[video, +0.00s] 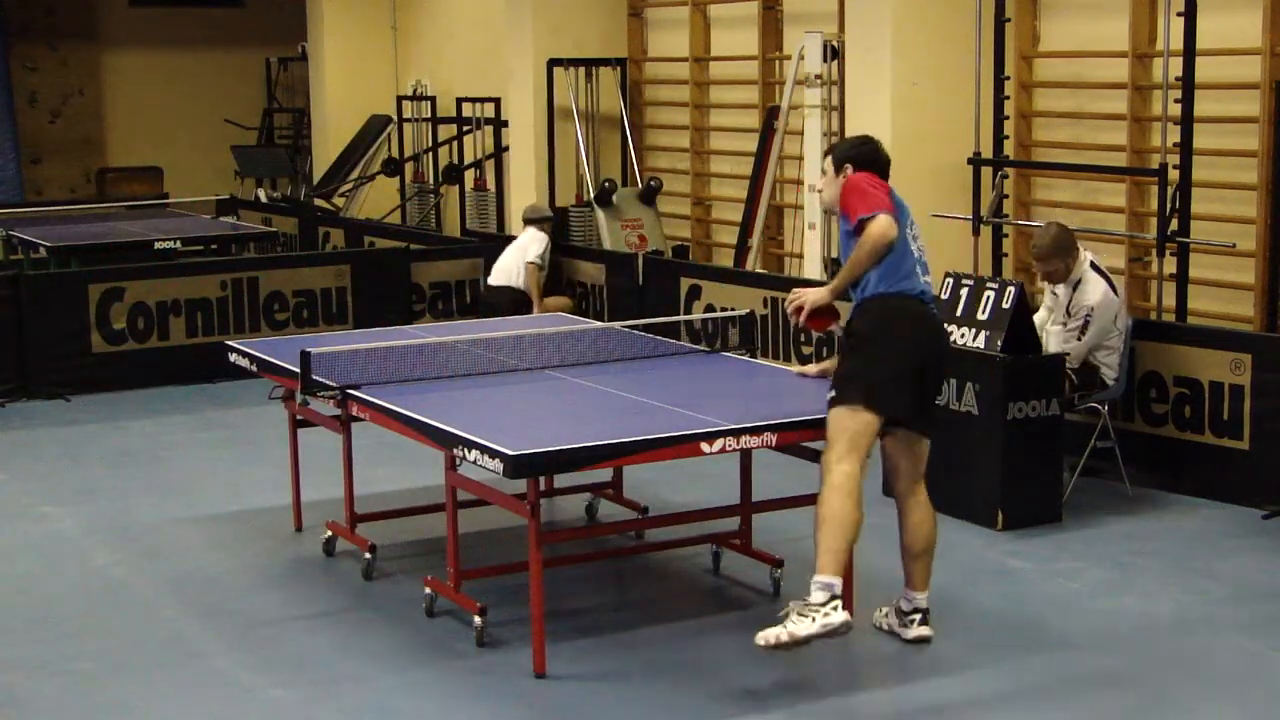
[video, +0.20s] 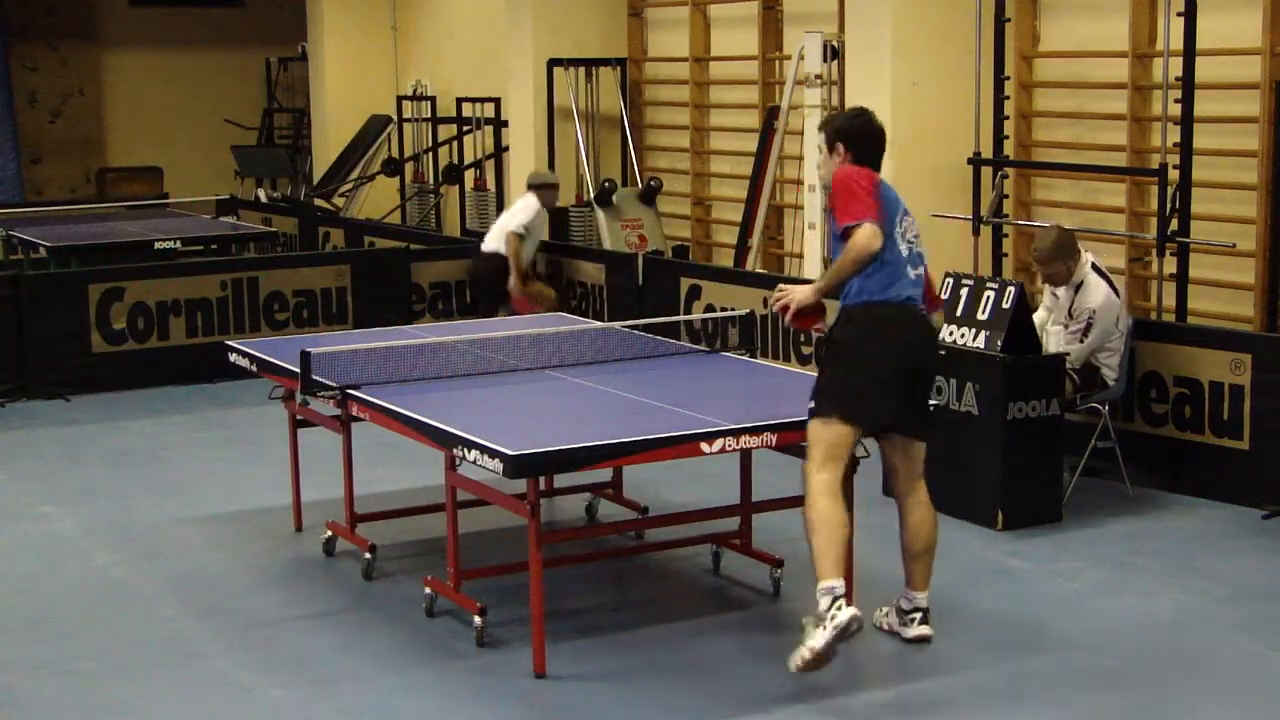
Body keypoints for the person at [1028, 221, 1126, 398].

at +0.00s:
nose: (1042, 278)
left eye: (1050, 272)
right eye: (1039, 271)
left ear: (1070, 262)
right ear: (1036, 259)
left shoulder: (1093, 299)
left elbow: (1068, 359)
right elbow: (1045, 314)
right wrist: (1015, 340)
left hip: (1096, 374)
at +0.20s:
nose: (1043, 280)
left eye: (1051, 274)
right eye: (1040, 273)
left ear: (1071, 265)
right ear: (1037, 262)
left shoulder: (1096, 300)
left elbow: (1071, 360)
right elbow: (1045, 312)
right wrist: (1018, 340)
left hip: (1097, 372)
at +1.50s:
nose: (1041, 273)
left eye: (1047, 267)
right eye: (1038, 266)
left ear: (1069, 257)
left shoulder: (1097, 293)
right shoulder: (1059, 270)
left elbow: (1075, 350)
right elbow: (1045, 316)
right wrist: (1014, 336)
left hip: (1105, 368)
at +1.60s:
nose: (1035, 264)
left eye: (1039, 259)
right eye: (1035, 259)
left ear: (1063, 253)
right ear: (1062, 253)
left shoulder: (1098, 292)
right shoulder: (1060, 271)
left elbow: (1076, 351)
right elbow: (1041, 321)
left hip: (1103, 369)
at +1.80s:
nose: (1032, 248)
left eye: (1037, 242)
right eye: (1033, 241)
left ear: (1059, 248)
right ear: (1059, 248)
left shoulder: (1099, 289)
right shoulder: (1057, 267)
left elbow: (1076, 351)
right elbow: (1044, 313)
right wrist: (1016, 339)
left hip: (1100, 370)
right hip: (1065, 356)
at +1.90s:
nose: (1034, 246)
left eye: (1040, 241)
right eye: (1035, 239)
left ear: (1064, 243)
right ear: (1063, 244)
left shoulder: (1101, 287)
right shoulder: (1058, 267)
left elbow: (1076, 351)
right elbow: (1043, 316)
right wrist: (1013, 340)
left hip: (1097, 372)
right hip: (1064, 356)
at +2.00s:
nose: (1044, 246)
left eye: (1051, 238)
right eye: (1043, 238)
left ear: (1076, 238)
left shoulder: (1103, 282)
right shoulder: (1058, 268)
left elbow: (1079, 348)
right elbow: (1043, 318)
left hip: (1096, 373)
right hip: (1060, 360)